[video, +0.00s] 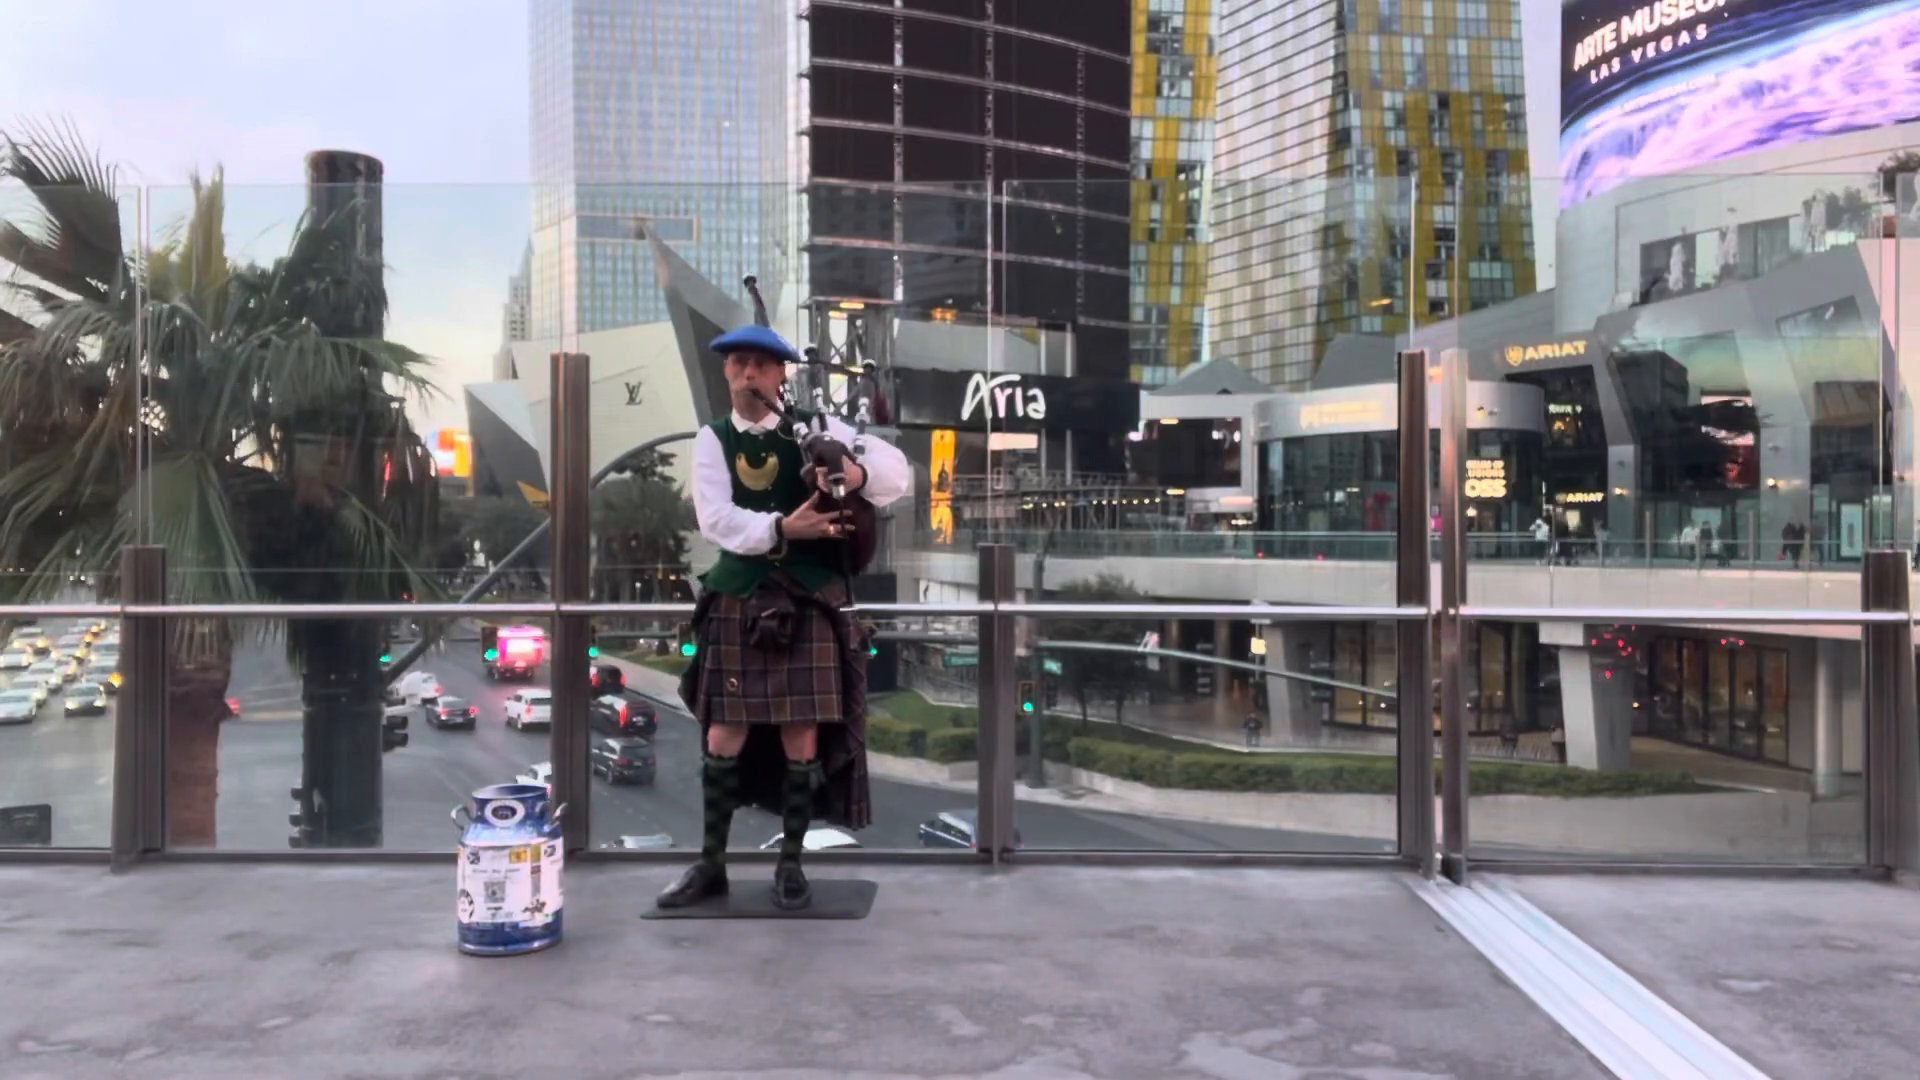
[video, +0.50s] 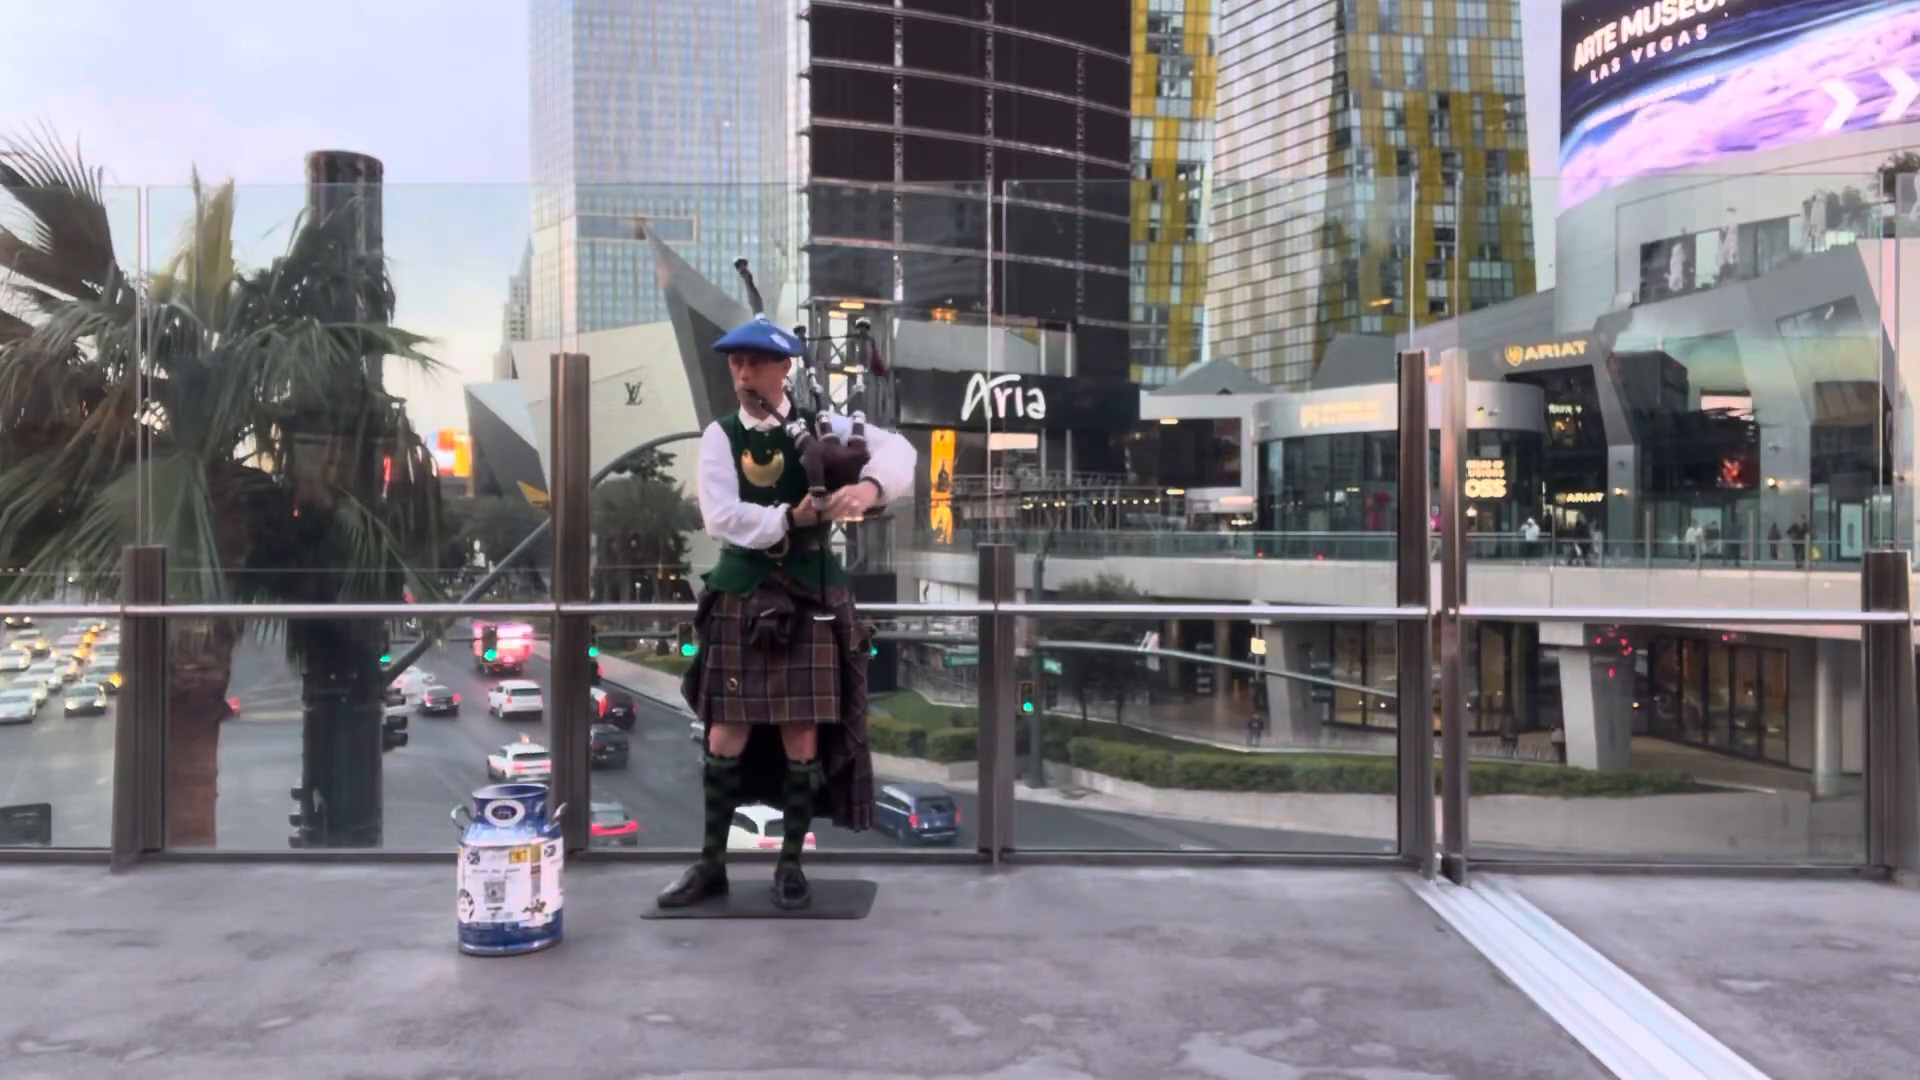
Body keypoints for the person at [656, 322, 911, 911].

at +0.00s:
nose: (748, 371)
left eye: (760, 362)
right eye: (739, 361)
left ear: (781, 372)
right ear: (724, 370)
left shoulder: (818, 430)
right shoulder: (713, 439)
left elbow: (899, 475)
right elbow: (715, 519)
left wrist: (855, 473)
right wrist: (783, 526)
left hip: (810, 597)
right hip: (737, 596)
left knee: (800, 731)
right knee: (724, 730)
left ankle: (791, 864)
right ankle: (712, 865)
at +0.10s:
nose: (746, 372)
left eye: (759, 363)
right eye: (738, 362)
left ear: (784, 372)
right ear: (726, 372)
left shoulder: (819, 427)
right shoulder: (715, 438)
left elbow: (901, 469)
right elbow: (717, 517)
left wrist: (862, 475)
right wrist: (786, 525)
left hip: (811, 595)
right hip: (738, 594)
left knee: (801, 730)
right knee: (725, 729)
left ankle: (790, 863)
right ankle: (711, 865)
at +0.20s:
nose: (743, 374)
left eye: (757, 364)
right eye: (736, 364)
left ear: (784, 371)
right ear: (727, 371)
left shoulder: (819, 424)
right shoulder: (717, 438)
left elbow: (899, 446)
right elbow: (718, 517)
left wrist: (879, 468)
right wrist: (789, 522)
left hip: (810, 594)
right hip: (738, 593)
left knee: (801, 731)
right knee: (724, 730)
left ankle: (790, 865)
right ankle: (710, 866)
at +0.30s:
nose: (739, 373)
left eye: (751, 363)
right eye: (734, 363)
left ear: (783, 370)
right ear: (730, 370)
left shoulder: (819, 424)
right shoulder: (719, 436)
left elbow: (901, 434)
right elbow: (718, 515)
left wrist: (890, 464)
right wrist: (788, 520)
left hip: (808, 594)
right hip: (738, 593)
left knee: (800, 731)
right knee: (725, 730)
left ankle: (790, 865)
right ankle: (711, 865)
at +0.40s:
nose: (738, 372)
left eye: (750, 362)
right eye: (734, 363)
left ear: (783, 369)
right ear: (731, 369)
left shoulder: (822, 424)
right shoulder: (720, 436)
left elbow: (902, 435)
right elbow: (719, 514)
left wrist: (889, 473)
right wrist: (789, 518)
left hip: (809, 594)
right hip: (739, 593)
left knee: (800, 731)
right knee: (725, 730)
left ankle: (790, 866)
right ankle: (711, 865)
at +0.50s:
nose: (740, 374)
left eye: (753, 363)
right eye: (735, 364)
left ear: (785, 367)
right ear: (731, 370)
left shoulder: (825, 424)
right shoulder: (722, 434)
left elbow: (899, 450)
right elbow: (721, 515)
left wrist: (871, 487)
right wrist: (792, 517)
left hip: (811, 595)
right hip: (741, 594)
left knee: (801, 733)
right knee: (726, 731)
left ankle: (790, 866)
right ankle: (711, 866)